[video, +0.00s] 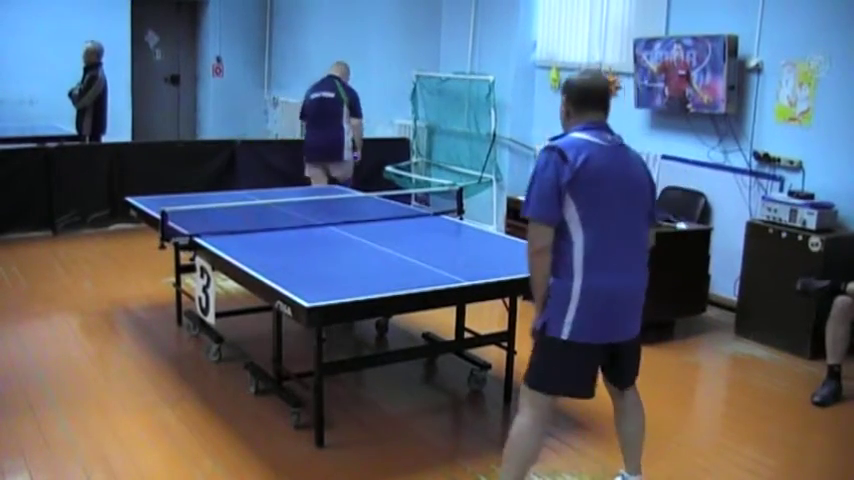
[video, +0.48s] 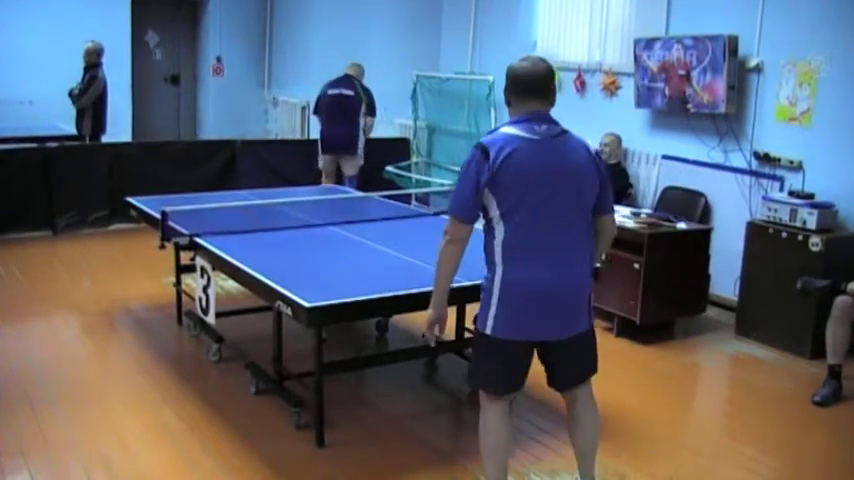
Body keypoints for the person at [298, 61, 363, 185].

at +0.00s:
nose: (348, 79)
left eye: (347, 77)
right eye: (348, 76)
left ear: (330, 72)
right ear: (346, 75)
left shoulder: (312, 89)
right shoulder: (348, 92)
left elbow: (304, 118)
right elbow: (356, 122)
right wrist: (358, 148)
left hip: (313, 148)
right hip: (338, 149)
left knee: (318, 194)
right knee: (344, 193)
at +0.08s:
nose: (351, 81)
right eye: (351, 78)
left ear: (334, 74)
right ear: (350, 77)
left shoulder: (317, 89)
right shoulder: (352, 94)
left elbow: (306, 117)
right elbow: (359, 124)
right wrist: (360, 148)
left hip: (316, 149)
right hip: (341, 150)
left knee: (320, 194)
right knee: (346, 193)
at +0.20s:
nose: (358, 82)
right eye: (358, 79)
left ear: (342, 74)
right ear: (357, 78)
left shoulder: (322, 89)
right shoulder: (358, 95)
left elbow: (313, 117)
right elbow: (365, 126)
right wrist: (363, 149)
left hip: (321, 149)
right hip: (346, 150)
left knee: (322, 191)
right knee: (349, 190)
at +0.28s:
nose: (361, 81)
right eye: (361, 79)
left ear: (344, 73)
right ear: (359, 78)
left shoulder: (324, 88)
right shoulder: (361, 94)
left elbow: (316, 116)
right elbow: (367, 124)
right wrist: (364, 148)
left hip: (324, 146)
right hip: (348, 148)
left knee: (322, 185)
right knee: (351, 186)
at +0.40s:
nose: (362, 80)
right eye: (362, 77)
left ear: (346, 72)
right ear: (361, 76)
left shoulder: (327, 86)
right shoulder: (363, 90)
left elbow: (317, 112)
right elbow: (368, 120)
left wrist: (327, 127)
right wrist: (365, 137)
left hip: (326, 139)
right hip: (350, 140)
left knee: (325, 178)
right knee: (351, 182)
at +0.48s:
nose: (361, 79)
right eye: (361, 77)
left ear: (346, 72)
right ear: (361, 76)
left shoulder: (328, 86)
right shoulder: (363, 91)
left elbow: (318, 112)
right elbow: (369, 119)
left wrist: (327, 126)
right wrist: (365, 134)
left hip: (327, 140)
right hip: (351, 141)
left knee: (327, 180)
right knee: (350, 182)